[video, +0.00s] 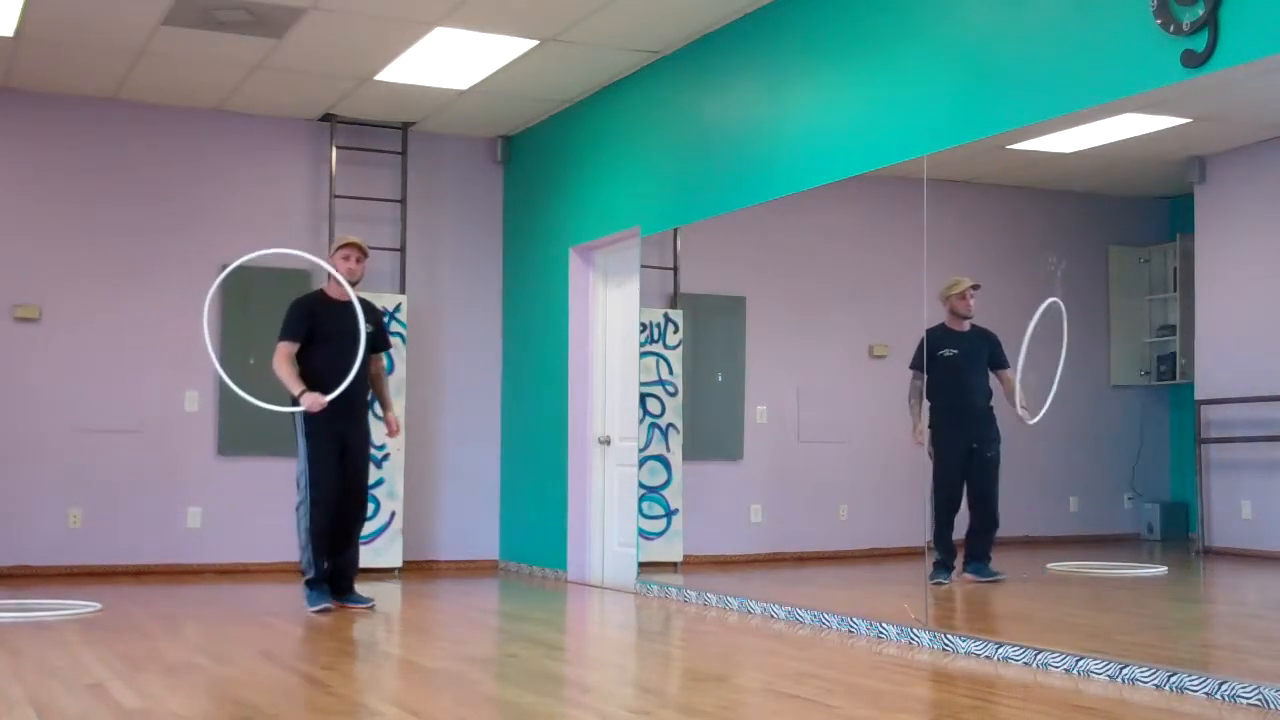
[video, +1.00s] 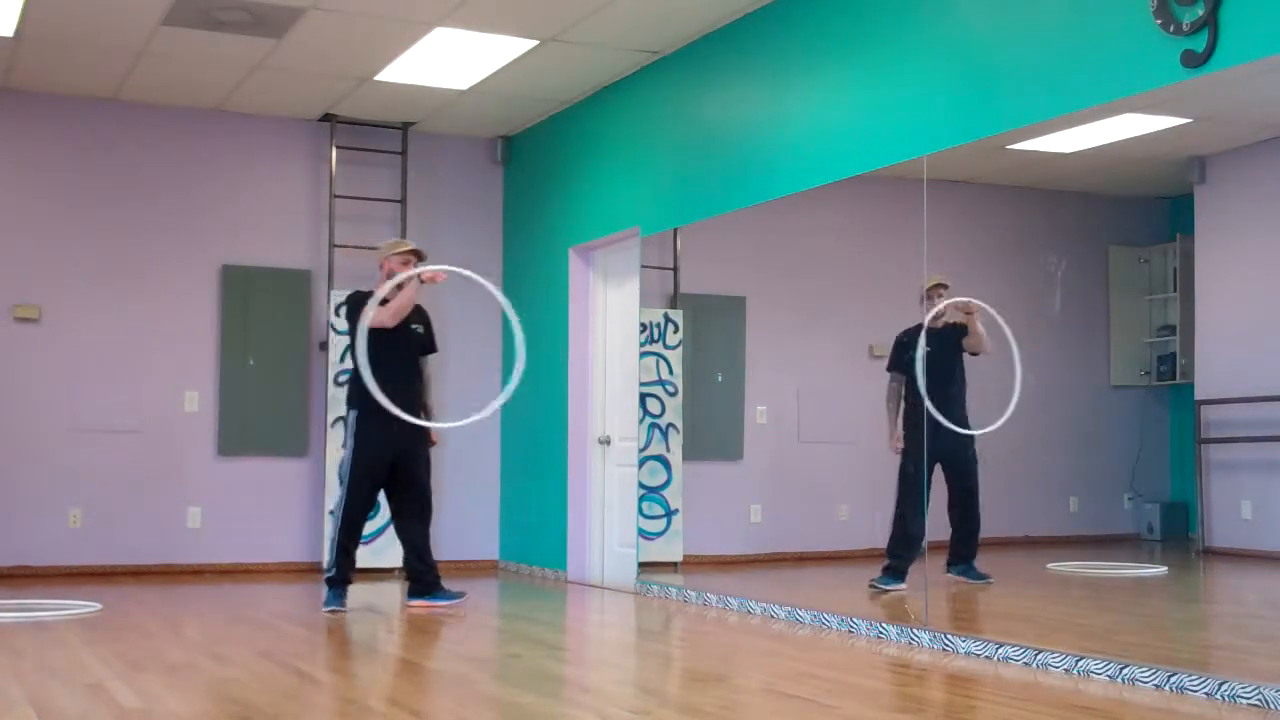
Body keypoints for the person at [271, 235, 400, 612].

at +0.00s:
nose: (352, 265)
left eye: (358, 261)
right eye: (346, 258)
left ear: (364, 268)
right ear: (331, 262)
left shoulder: (370, 314)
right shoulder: (307, 307)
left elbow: (376, 367)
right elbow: (281, 359)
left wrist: (387, 409)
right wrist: (302, 392)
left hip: (355, 417)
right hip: (318, 416)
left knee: (353, 498)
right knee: (319, 497)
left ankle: (342, 585)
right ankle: (316, 588)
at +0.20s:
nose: (354, 267)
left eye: (359, 262)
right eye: (348, 260)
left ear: (363, 269)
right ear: (331, 264)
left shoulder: (366, 312)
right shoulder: (308, 308)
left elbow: (367, 375)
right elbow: (288, 363)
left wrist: (375, 421)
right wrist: (323, 388)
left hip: (362, 416)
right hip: (323, 417)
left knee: (373, 500)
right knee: (323, 502)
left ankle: (353, 583)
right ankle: (323, 587)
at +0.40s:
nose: (365, 270)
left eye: (368, 265)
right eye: (358, 263)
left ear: (368, 270)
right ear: (337, 266)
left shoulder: (369, 315)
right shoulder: (315, 311)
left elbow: (370, 366)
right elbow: (314, 361)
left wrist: (373, 404)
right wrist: (351, 395)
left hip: (368, 418)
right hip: (331, 417)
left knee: (386, 501)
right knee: (326, 504)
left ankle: (416, 583)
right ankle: (323, 587)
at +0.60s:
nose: (380, 271)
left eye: (382, 266)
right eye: (372, 264)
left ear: (381, 272)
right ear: (351, 267)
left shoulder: (380, 316)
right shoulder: (331, 307)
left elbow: (385, 363)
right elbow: (354, 347)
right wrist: (389, 377)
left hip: (377, 417)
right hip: (340, 416)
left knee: (394, 500)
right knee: (331, 502)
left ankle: (418, 586)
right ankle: (322, 586)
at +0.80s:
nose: (391, 272)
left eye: (395, 267)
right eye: (384, 265)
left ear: (395, 274)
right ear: (363, 267)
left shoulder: (391, 320)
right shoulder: (341, 304)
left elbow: (391, 380)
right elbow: (384, 316)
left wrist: (402, 421)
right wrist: (433, 318)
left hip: (385, 419)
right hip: (346, 417)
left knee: (400, 504)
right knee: (332, 503)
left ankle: (426, 586)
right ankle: (319, 586)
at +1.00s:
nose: (409, 270)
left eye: (413, 265)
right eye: (402, 263)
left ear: (418, 269)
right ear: (384, 266)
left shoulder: (418, 314)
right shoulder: (358, 301)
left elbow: (420, 375)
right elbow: (388, 317)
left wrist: (427, 421)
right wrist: (417, 280)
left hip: (409, 418)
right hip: (369, 417)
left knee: (414, 506)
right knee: (355, 504)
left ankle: (423, 585)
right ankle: (337, 586)